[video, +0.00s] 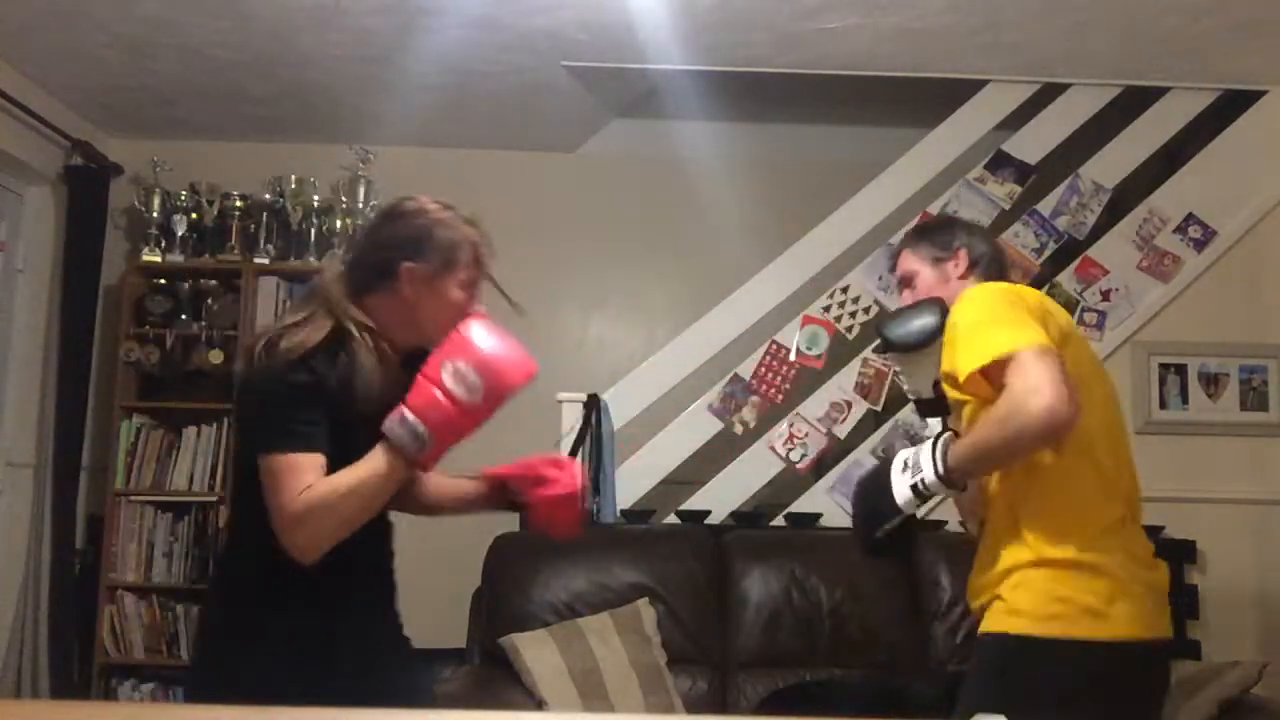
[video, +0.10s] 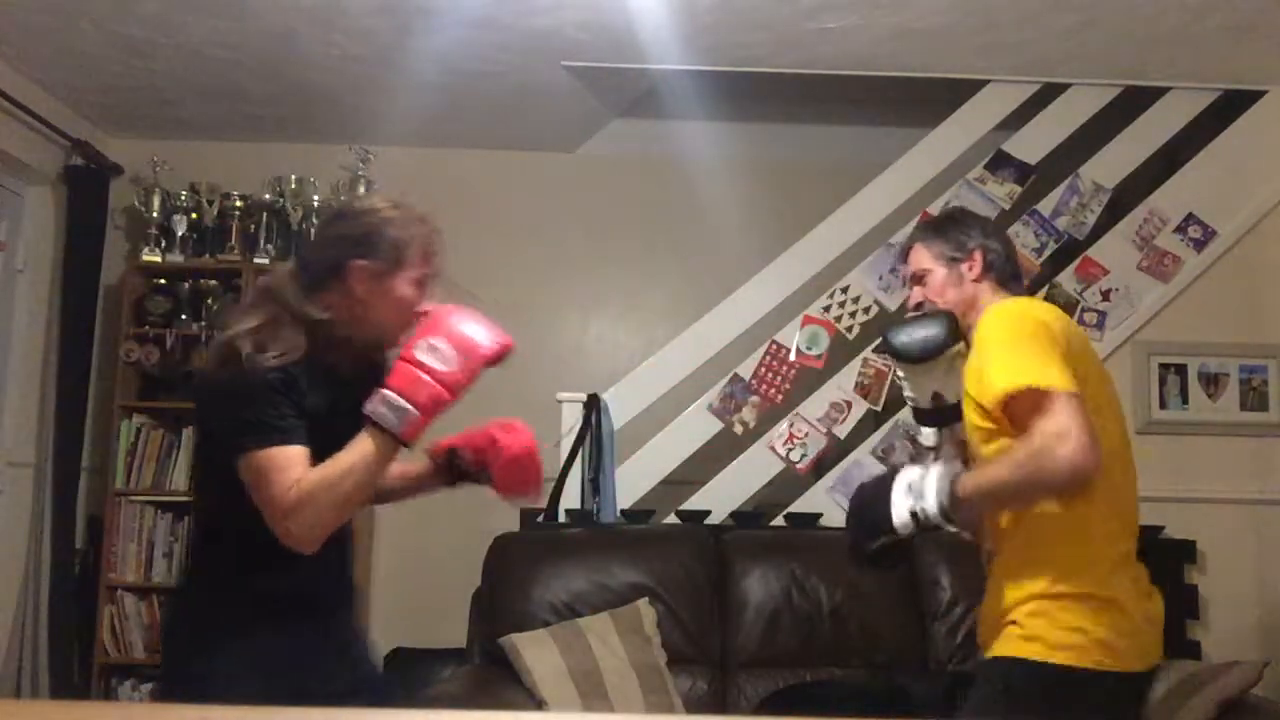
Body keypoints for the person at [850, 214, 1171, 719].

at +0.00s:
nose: (903, 302)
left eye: (909, 281)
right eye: (899, 290)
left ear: (959, 264)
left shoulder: (989, 300)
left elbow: (1043, 403)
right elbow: (990, 515)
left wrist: (929, 468)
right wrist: (934, 415)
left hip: (1051, 631)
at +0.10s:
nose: (911, 299)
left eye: (920, 279)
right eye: (909, 286)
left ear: (973, 266)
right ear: (973, 267)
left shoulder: (1010, 320)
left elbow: (1067, 449)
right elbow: (999, 525)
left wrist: (935, 494)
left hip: (1062, 640)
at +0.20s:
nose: (908, 275)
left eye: (917, 255)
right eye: (905, 262)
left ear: (971, 245)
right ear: (970, 249)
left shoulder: (1026, 308)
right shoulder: (1007, 328)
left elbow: (1106, 443)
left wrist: (960, 479)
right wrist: (932, 390)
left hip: (1061, 621)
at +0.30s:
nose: (894, 254)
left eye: (905, 233)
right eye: (894, 240)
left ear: (962, 226)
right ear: (959, 231)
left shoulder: (1021, 295)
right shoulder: (982, 333)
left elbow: (1113, 424)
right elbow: (972, 495)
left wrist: (961, 418)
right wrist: (908, 427)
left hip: (1052, 610)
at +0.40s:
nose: (879, 267)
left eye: (890, 246)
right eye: (876, 253)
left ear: (946, 238)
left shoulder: (1010, 313)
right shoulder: (964, 346)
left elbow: (1074, 461)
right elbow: (964, 504)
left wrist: (941, 414)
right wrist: (886, 447)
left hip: (1044, 638)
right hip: (1003, 635)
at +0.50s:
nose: (858, 268)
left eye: (867, 245)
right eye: (855, 252)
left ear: (924, 234)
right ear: (921, 238)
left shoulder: (985, 311)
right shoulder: (961, 329)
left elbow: (1015, 481)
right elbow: (959, 504)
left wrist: (879, 427)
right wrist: (880, 426)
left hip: (1020, 638)